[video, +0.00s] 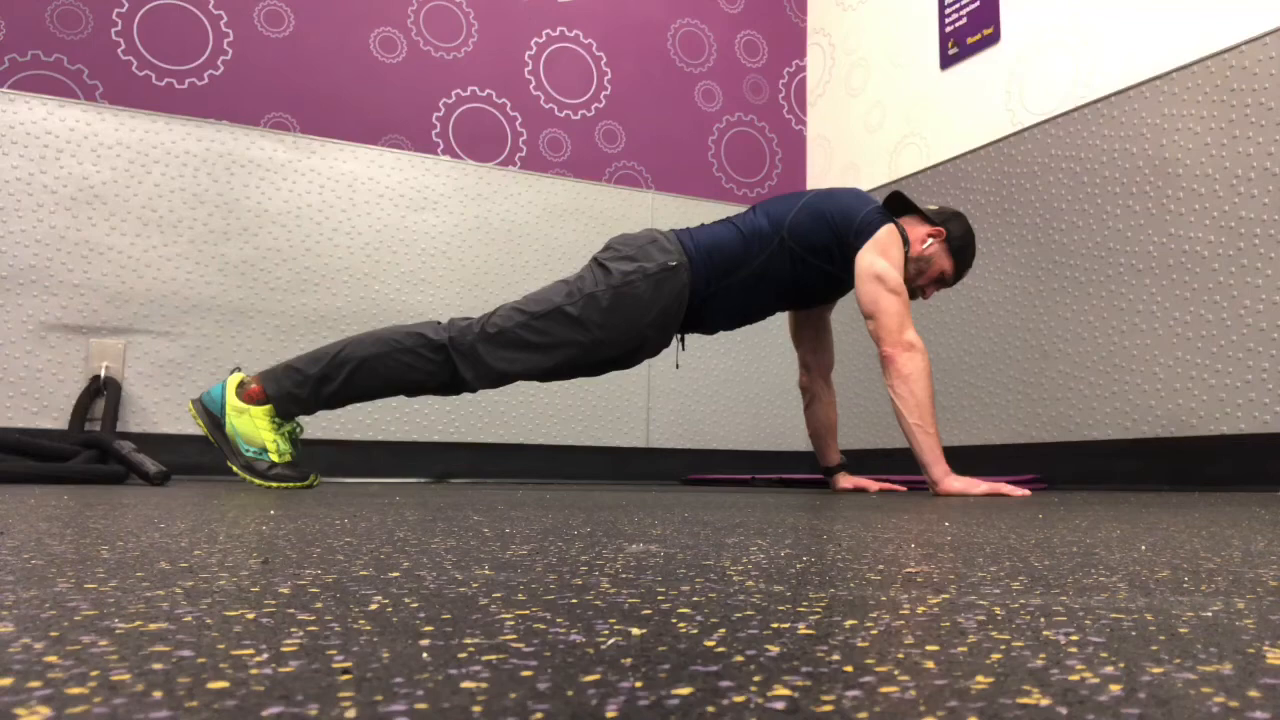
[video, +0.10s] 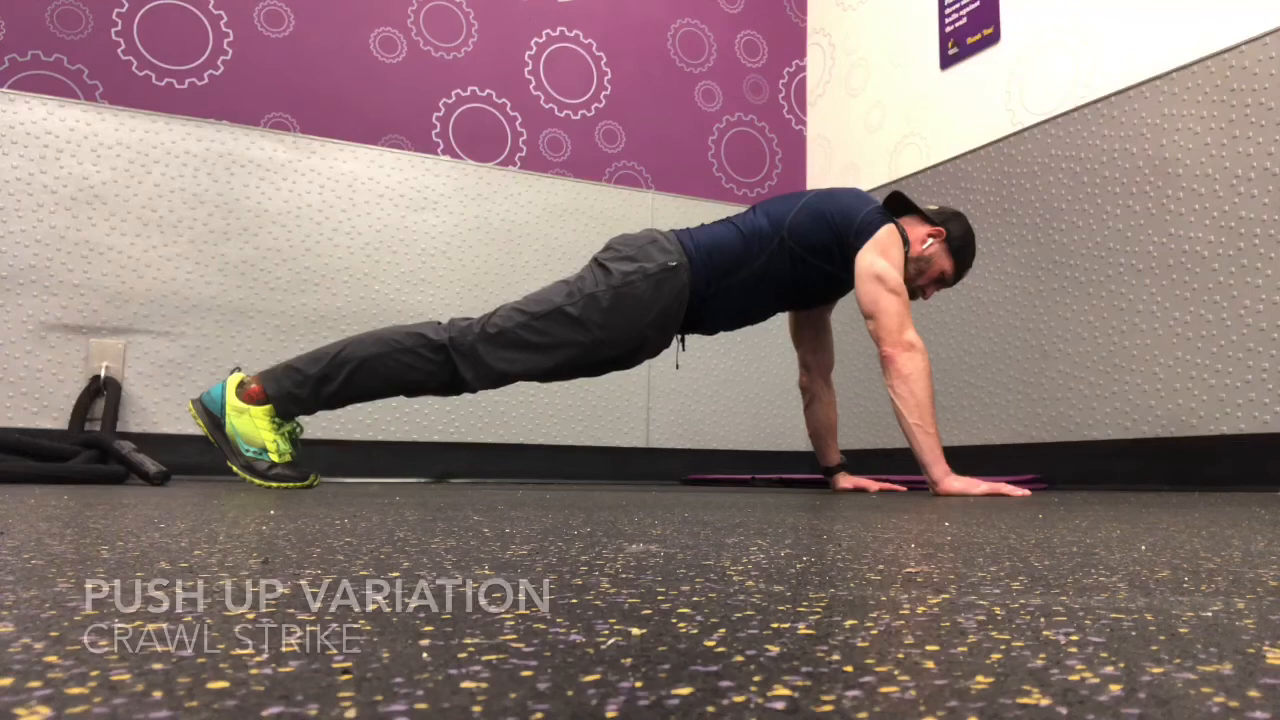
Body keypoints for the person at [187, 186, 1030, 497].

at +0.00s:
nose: (918, 290)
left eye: (930, 284)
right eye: (931, 271)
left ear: (911, 241)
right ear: (923, 232)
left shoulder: (834, 246)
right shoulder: (877, 224)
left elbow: (816, 368)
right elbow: (899, 344)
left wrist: (834, 470)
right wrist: (940, 473)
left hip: (654, 294)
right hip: (652, 283)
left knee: (473, 348)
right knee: (470, 350)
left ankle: (275, 398)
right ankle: (257, 397)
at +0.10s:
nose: (918, 290)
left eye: (930, 283)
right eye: (931, 271)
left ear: (912, 241)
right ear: (923, 232)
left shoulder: (835, 245)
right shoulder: (877, 224)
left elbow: (816, 368)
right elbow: (899, 344)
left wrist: (834, 470)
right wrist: (940, 473)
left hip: (654, 294)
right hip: (652, 283)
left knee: (475, 348)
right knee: (472, 350)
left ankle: (277, 398)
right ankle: (258, 396)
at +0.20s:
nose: (918, 290)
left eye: (930, 284)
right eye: (931, 271)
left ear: (912, 243)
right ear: (923, 232)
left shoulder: (835, 247)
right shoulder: (877, 224)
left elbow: (816, 368)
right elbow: (899, 344)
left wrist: (834, 470)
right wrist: (940, 473)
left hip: (654, 296)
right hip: (651, 283)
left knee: (476, 349)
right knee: (472, 351)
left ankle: (278, 397)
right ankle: (258, 396)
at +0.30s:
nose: (918, 290)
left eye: (930, 284)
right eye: (931, 271)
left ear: (912, 243)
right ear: (923, 233)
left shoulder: (835, 247)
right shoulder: (878, 223)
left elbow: (816, 368)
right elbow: (899, 344)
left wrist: (834, 470)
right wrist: (940, 473)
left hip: (654, 296)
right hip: (651, 283)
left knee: (475, 349)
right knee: (472, 351)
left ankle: (278, 398)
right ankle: (259, 396)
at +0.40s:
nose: (918, 290)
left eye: (930, 284)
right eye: (931, 271)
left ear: (912, 244)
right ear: (923, 233)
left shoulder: (836, 247)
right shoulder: (878, 224)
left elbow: (816, 368)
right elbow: (898, 344)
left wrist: (834, 470)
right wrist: (940, 473)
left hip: (654, 296)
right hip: (651, 283)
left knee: (476, 349)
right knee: (472, 351)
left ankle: (278, 398)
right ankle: (259, 396)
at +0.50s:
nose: (918, 290)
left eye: (930, 284)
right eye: (931, 271)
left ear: (912, 244)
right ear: (922, 233)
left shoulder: (836, 248)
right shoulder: (878, 223)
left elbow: (816, 368)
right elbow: (898, 343)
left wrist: (834, 470)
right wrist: (940, 473)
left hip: (656, 297)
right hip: (653, 283)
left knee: (475, 349)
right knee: (472, 352)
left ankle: (276, 398)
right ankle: (258, 397)